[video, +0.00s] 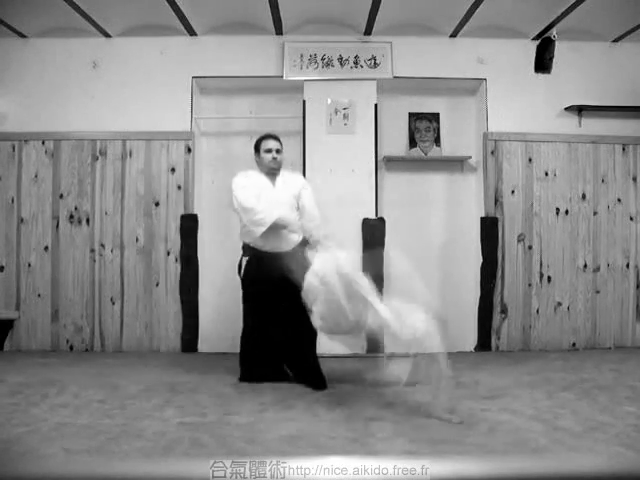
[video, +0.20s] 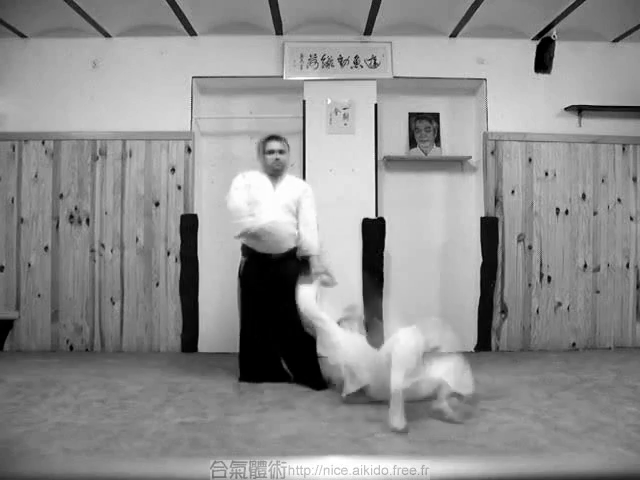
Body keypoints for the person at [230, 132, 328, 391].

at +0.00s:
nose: (274, 155)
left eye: (278, 151)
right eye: (268, 151)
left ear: (283, 155)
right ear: (257, 156)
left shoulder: (297, 182)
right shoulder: (244, 181)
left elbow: (312, 220)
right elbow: (255, 215)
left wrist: (315, 244)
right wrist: (291, 223)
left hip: (292, 258)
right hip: (259, 259)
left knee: (298, 320)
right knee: (259, 320)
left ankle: (308, 374)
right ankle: (258, 373)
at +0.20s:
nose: (276, 157)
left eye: (281, 152)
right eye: (270, 153)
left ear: (288, 156)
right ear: (262, 157)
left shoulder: (300, 188)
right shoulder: (246, 181)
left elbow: (308, 226)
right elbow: (236, 211)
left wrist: (313, 262)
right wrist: (259, 230)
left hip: (288, 260)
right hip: (255, 260)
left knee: (291, 318)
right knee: (256, 319)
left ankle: (307, 374)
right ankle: (256, 371)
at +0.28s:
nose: (279, 157)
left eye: (285, 153)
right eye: (274, 153)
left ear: (292, 157)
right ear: (266, 157)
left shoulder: (302, 190)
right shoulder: (248, 180)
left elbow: (311, 231)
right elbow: (230, 206)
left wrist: (317, 268)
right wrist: (242, 234)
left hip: (286, 262)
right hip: (252, 262)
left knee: (291, 323)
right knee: (254, 323)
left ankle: (309, 377)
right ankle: (257, 374)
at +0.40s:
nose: (283, 158)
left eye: (288, 154)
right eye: (278, 153)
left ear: (295, 158)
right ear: (269, 157)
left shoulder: (305, 191)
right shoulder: (248, 181)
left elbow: (312, 235)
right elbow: (226, 212)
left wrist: (319, 271)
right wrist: (225, 247)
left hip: (287, 264)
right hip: (252, 263)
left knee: (294, 324)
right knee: (253, 323)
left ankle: (308, 377)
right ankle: (256, 374)